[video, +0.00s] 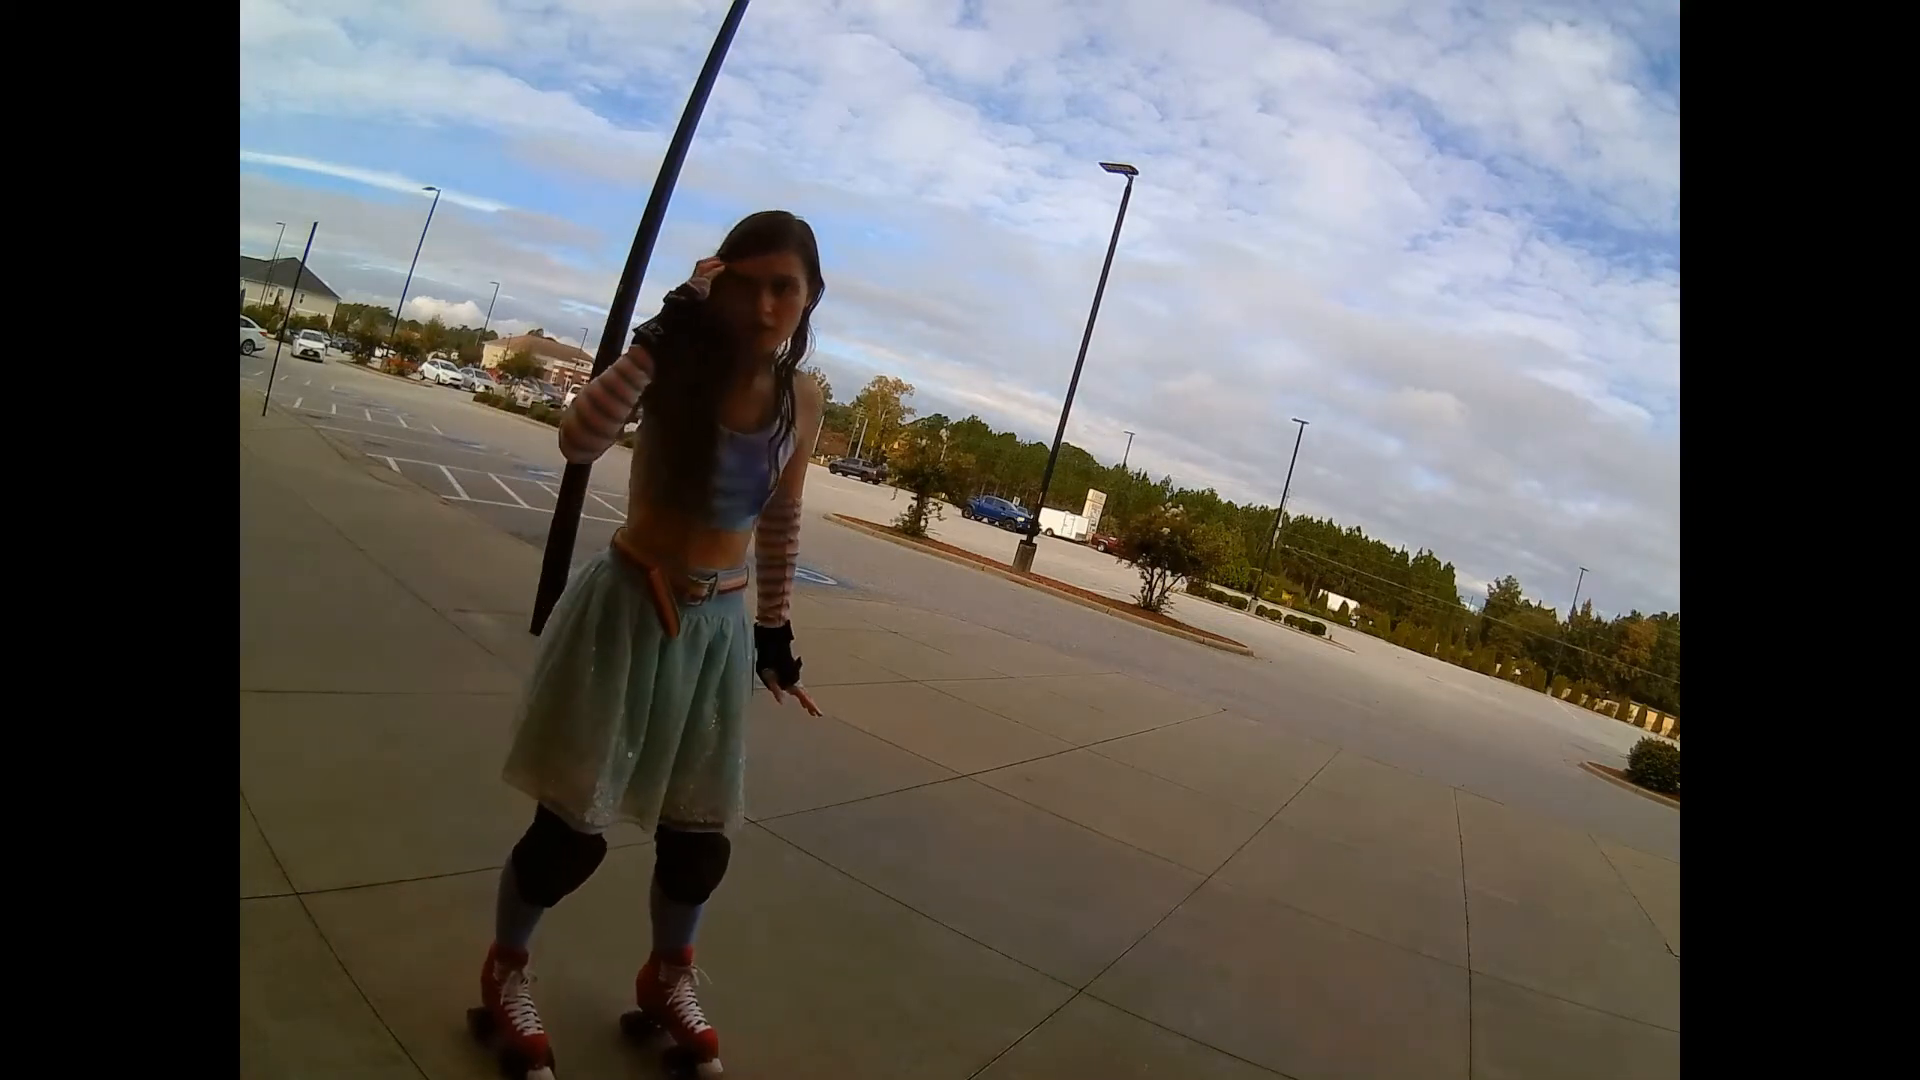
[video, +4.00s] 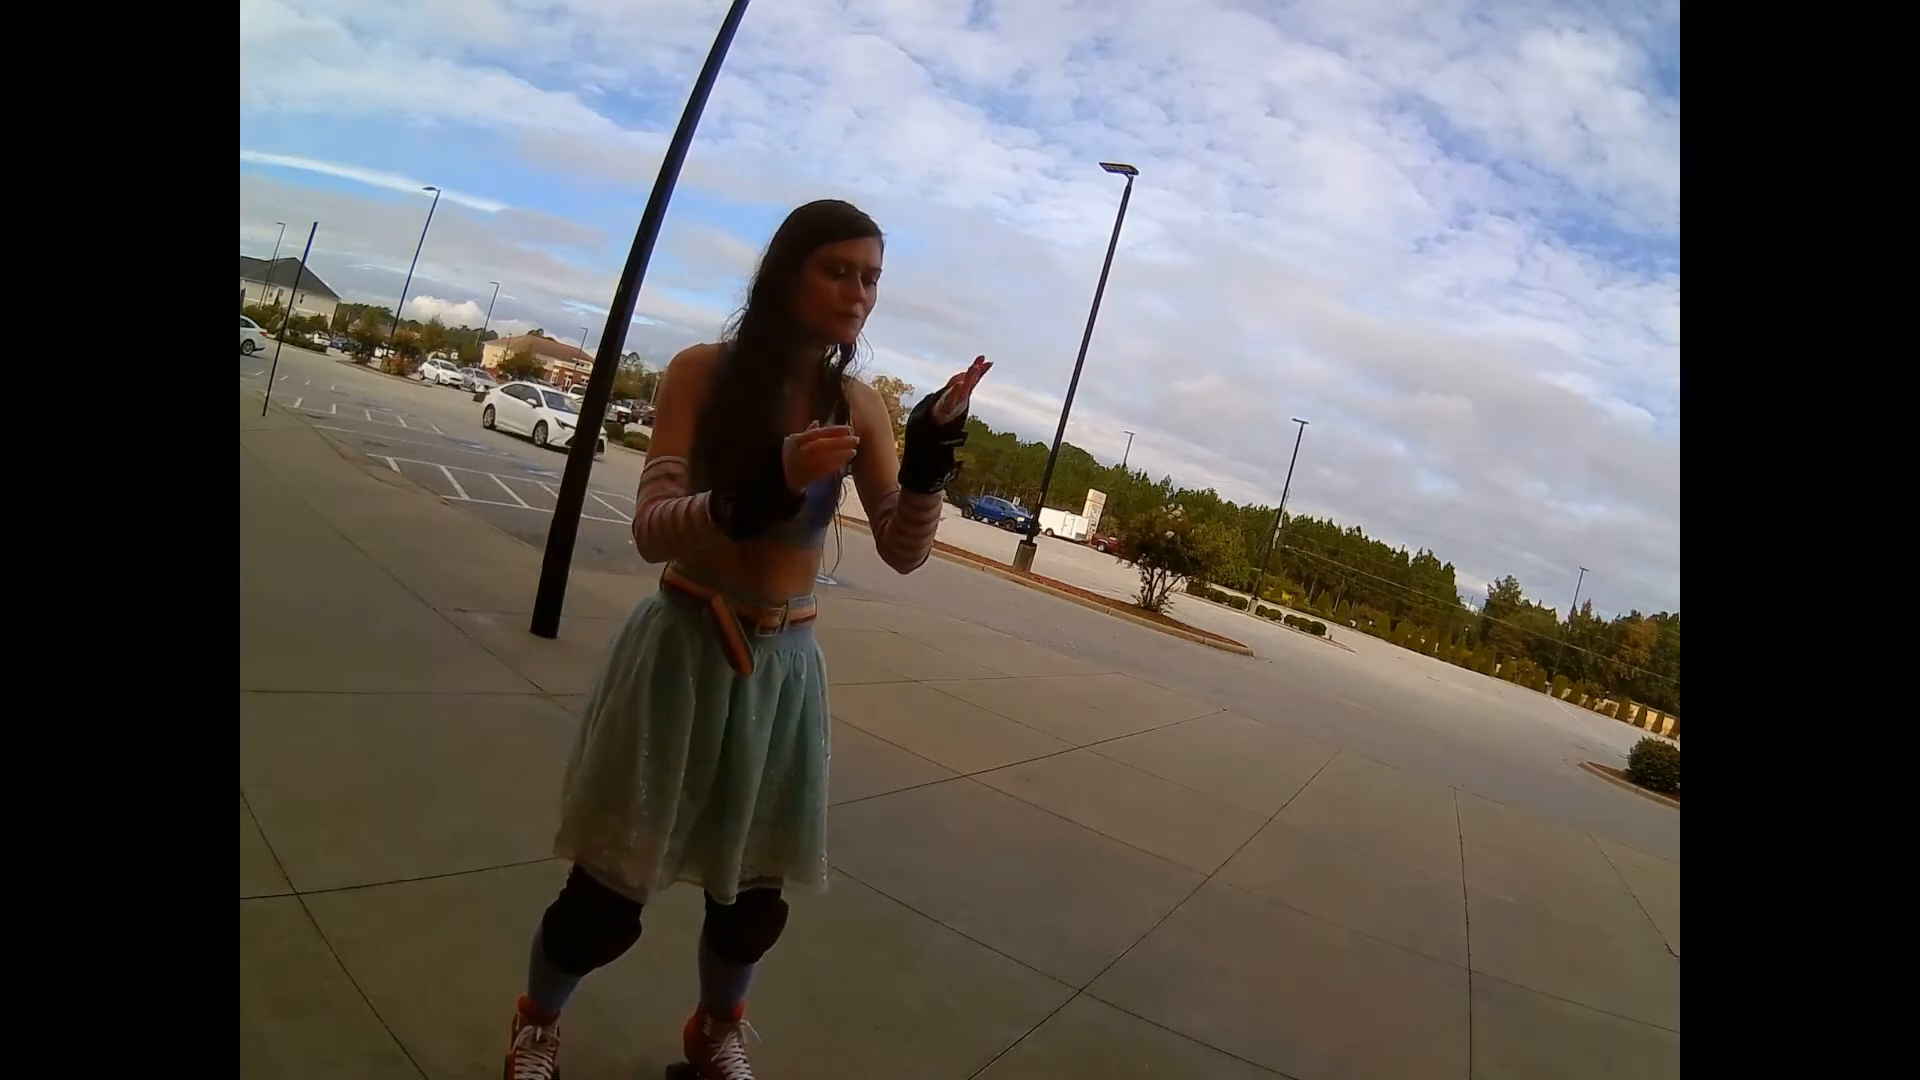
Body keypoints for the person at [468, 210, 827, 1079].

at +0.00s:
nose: (764, 306)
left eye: (785, 289)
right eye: (747, 284)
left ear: (809, 299)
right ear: (715, 283)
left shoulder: (800, 398)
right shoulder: (666, 359)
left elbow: (782, 518)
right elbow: (578, 442)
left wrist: (775, 622)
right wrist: (653, 342)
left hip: (720, 626)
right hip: (630, 609)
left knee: (699, 841)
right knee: (572, 835)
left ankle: (667, 982)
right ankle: (506, 970)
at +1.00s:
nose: (761, 321)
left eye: (786, 305)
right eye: (748, 294)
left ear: (810, 318)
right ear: (715, 288)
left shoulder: (791, 407)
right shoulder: (653, 371)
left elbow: (806, 544)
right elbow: (528, 470)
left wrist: (807, 409)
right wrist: (576, 365)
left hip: (717, 638)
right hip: (621, 626)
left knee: (685, 847)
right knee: (580, 866)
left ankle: (648, 967)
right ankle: (535, 1026)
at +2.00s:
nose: (805, 323)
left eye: (829, 303)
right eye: (785, 296)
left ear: (857, 320)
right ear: (750, 297)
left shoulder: (834, 422)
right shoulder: (682, 383)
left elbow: (815, 579)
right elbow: (571, 512)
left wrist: (784, 511)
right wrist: (579, 633)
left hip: (727, 650)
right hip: (630, 641)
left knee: (707, 878)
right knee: (595, 907)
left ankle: (680, 1002)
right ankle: (536, 1043)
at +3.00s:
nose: (905, 304)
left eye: (918, 288)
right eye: (886, 279)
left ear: (923, 304)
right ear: (826, 280)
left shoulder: (888, 410)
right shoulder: (726, 367)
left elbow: (891, 520)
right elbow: (579, 435)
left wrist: (851, 618)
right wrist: (577, 570)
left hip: (781, 671)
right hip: (670, 646)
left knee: (750, 899)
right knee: (602, 893)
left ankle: (719, 1034)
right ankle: (536, 1029)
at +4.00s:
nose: (857, 294)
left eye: (870, 280)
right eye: (840, 272)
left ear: (877, 293)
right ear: (789, 271)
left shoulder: (858, 403)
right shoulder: (701, 375)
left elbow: (902, 548)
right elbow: (656, 526)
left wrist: (933, 446)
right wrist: (773, 483)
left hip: (783, 665)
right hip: (678, 647)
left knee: (754, 901)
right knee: (609, 898)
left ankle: (716, 1035)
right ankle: (538, 1022)